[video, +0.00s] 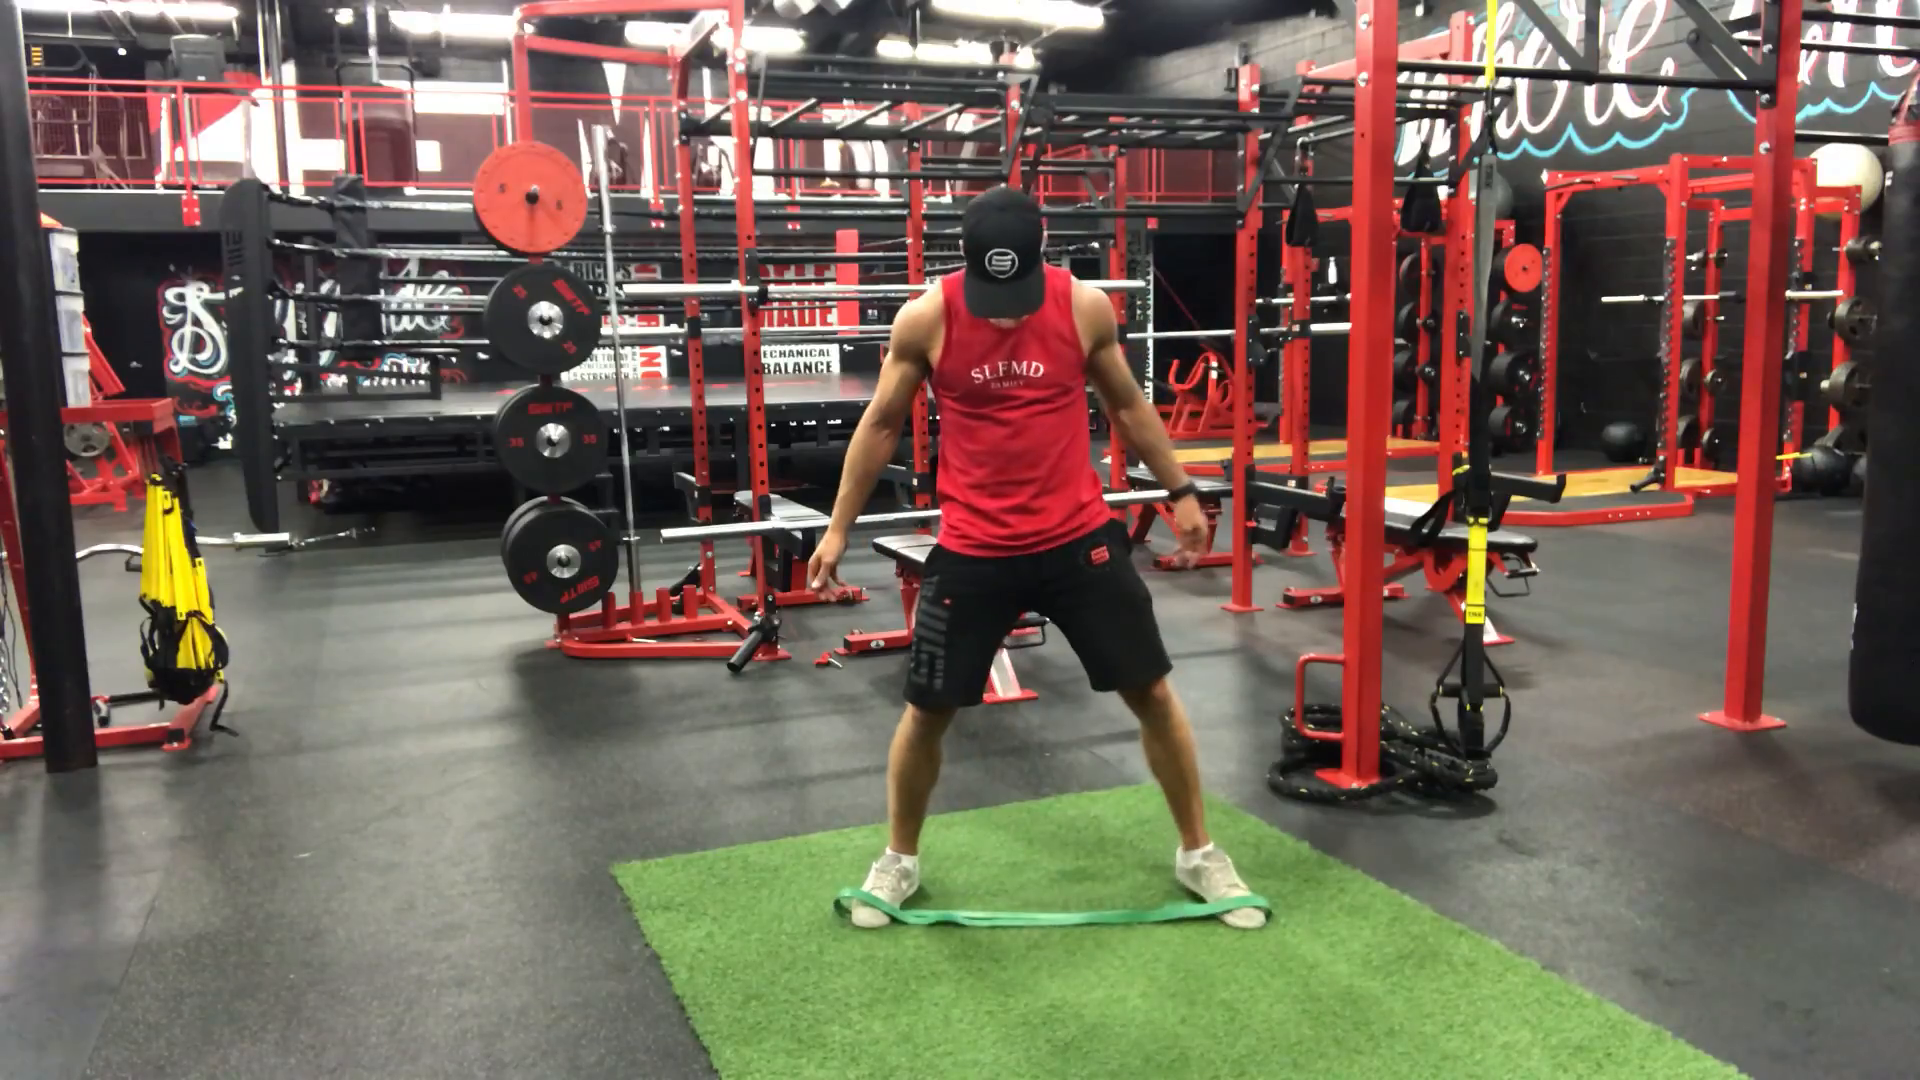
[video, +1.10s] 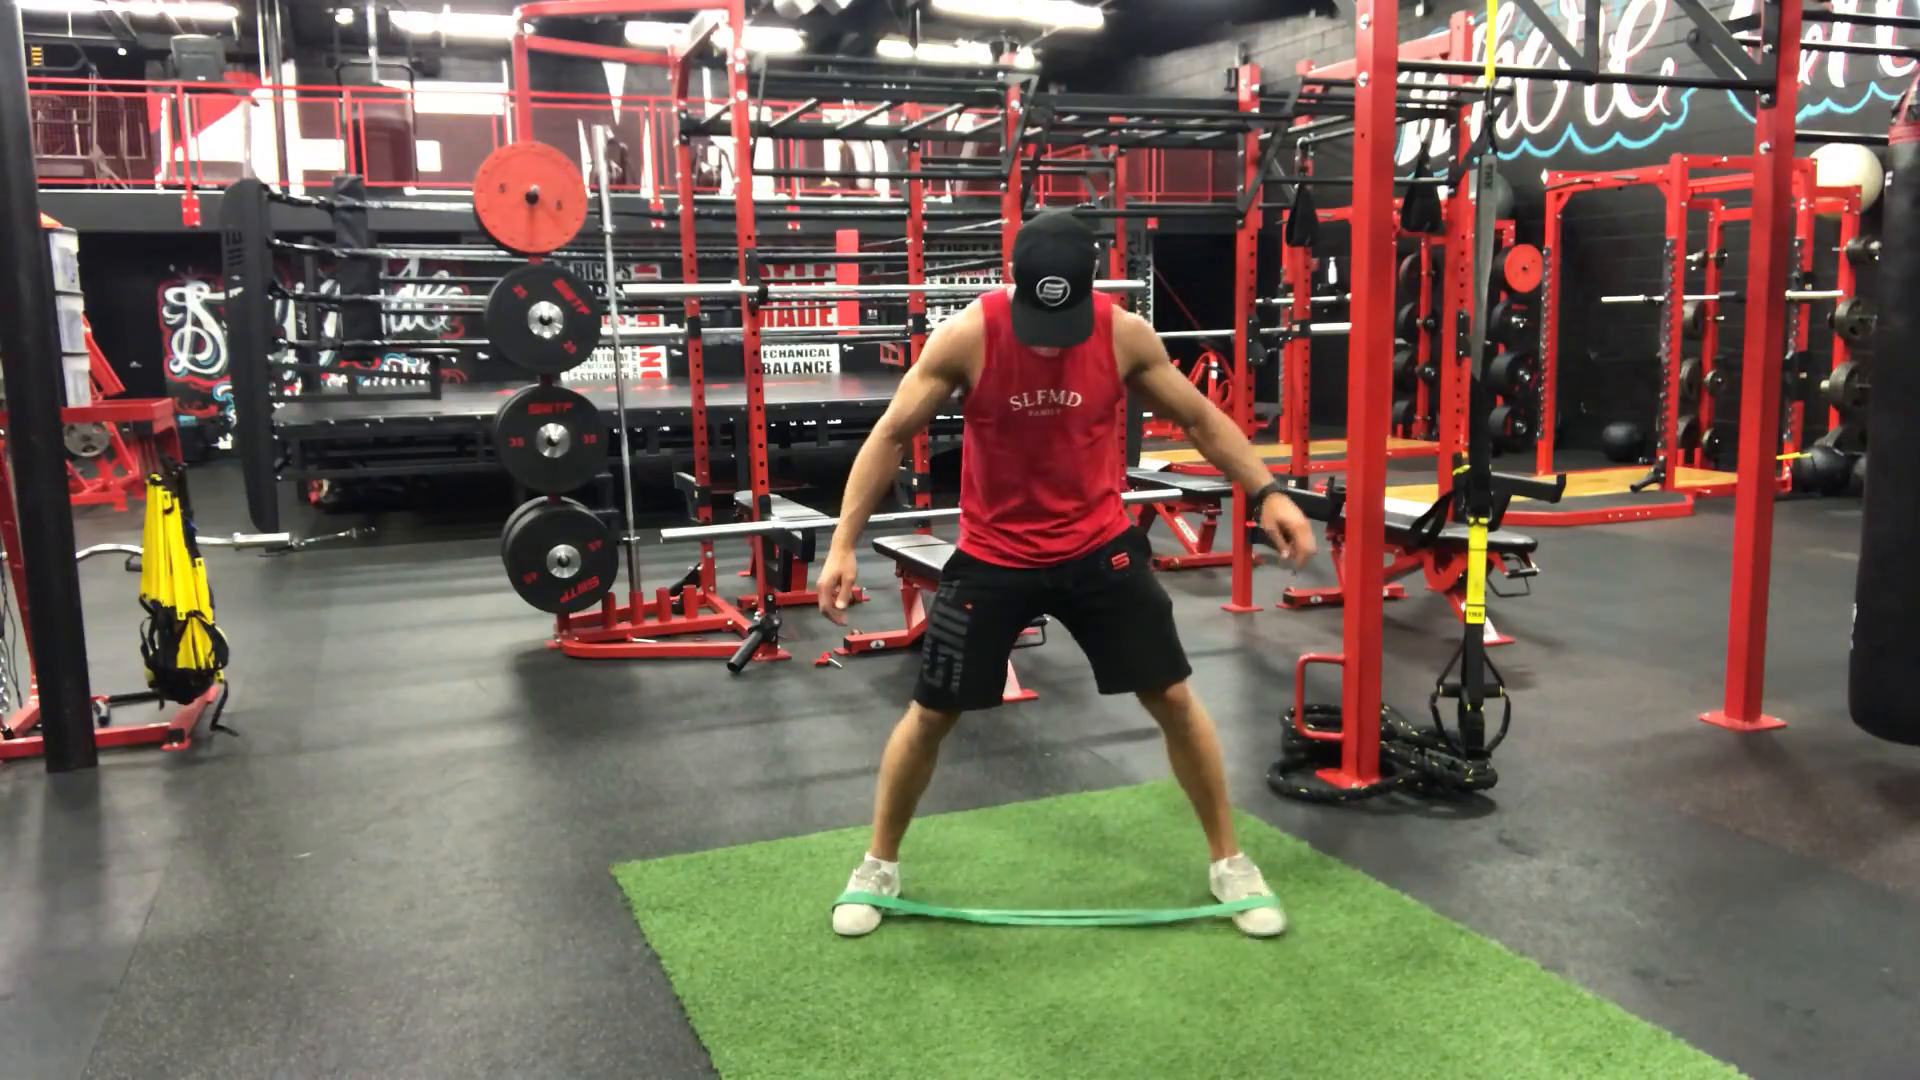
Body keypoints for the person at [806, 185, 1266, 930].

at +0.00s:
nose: (1004, 304)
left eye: (1018, 287)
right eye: (991, 288)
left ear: (1041, 258)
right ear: (967, 261)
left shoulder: (1085, 309)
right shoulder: (926, 319)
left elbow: (1129, 402)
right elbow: (878, 423)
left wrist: (1180, 493)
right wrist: (837, 526)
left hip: (1080, 539)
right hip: (973, 551)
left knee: (1152, 692)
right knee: (926, 711)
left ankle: (1199, 850)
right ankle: (899, 859)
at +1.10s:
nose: (1051, 333)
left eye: (1066, 316)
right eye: (1038, 317)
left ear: (1091, 287)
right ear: (1014, 282)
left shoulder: (1125, 337)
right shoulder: (965, 338)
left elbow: (1202, 419)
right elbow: (890, 435)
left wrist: (1267, 491)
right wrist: (842, 542)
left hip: (1102, 549)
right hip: (992, 555)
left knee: (1172, 697)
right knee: (931, 710)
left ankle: (1229, 860)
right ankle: (878, 864)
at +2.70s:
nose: (1067, 658)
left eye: (1085, 636)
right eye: (1053, 643)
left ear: (1113, 588)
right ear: (1031, 603)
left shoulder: (1145, 530)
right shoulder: (997, 600)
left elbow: (1165, 588)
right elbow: (1005, 737)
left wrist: (1142, 678)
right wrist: (1031, 849)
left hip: (1123, 575)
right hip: (1005, 562)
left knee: (1195, 691)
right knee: (924, 706)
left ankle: (1244, 863)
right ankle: (872, 864)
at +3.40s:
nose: (1066, 677)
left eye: (1089, 668)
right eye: (1061, 670)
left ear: (1122, 612)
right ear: (1046, 624)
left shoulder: (1158, 550)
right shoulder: (1011, 624)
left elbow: (1182, 606)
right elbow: (1016, 760)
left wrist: (1147, 684)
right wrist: (1042, 862)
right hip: (1008, 553)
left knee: (1198, 693)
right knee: (932, 708)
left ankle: (1245, 864)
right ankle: (873, 862)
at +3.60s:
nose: (1077, 641)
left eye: (1106, 625)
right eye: (1068, 626)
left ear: (1131, 576)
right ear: (1050, 592)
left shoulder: (1167, 530)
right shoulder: (1018, 595)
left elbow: (1181, 603)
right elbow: (1020, 736)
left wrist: (1149, 686)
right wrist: (1048, 838)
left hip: (1133, 584)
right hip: (1019, 566)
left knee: (1197, 694)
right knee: (938, 711)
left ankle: (1244, 862)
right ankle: (873, 864)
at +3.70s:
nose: (1099, 621)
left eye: (1114, 609)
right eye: (1083, 611)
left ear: (1146, 563)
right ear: (1061, 579)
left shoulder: (1178, 522)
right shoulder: (1031, 584)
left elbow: (1189, 599)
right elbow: (1030, 730)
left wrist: (1156, 684)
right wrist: (1053, 835)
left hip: (1139, 580)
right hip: (1028, 573)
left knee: (1202, 696)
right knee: (945, 713)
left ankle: (1244, 863)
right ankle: (873, 863)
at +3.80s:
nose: (1109, 609)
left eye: (1124, 598)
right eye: (1098, 598)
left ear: (1160, 554)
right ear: (1079, 560)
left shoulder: (1192, 512)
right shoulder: (1046, 576)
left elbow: (1204, 592)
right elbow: (1041, 716)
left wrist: (1175, 675)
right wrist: (1056, 830)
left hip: (1147, 579)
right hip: (1039, 573)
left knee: (1206, 702)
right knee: (955, 715)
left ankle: (1244, 862)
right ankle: (874, 862)